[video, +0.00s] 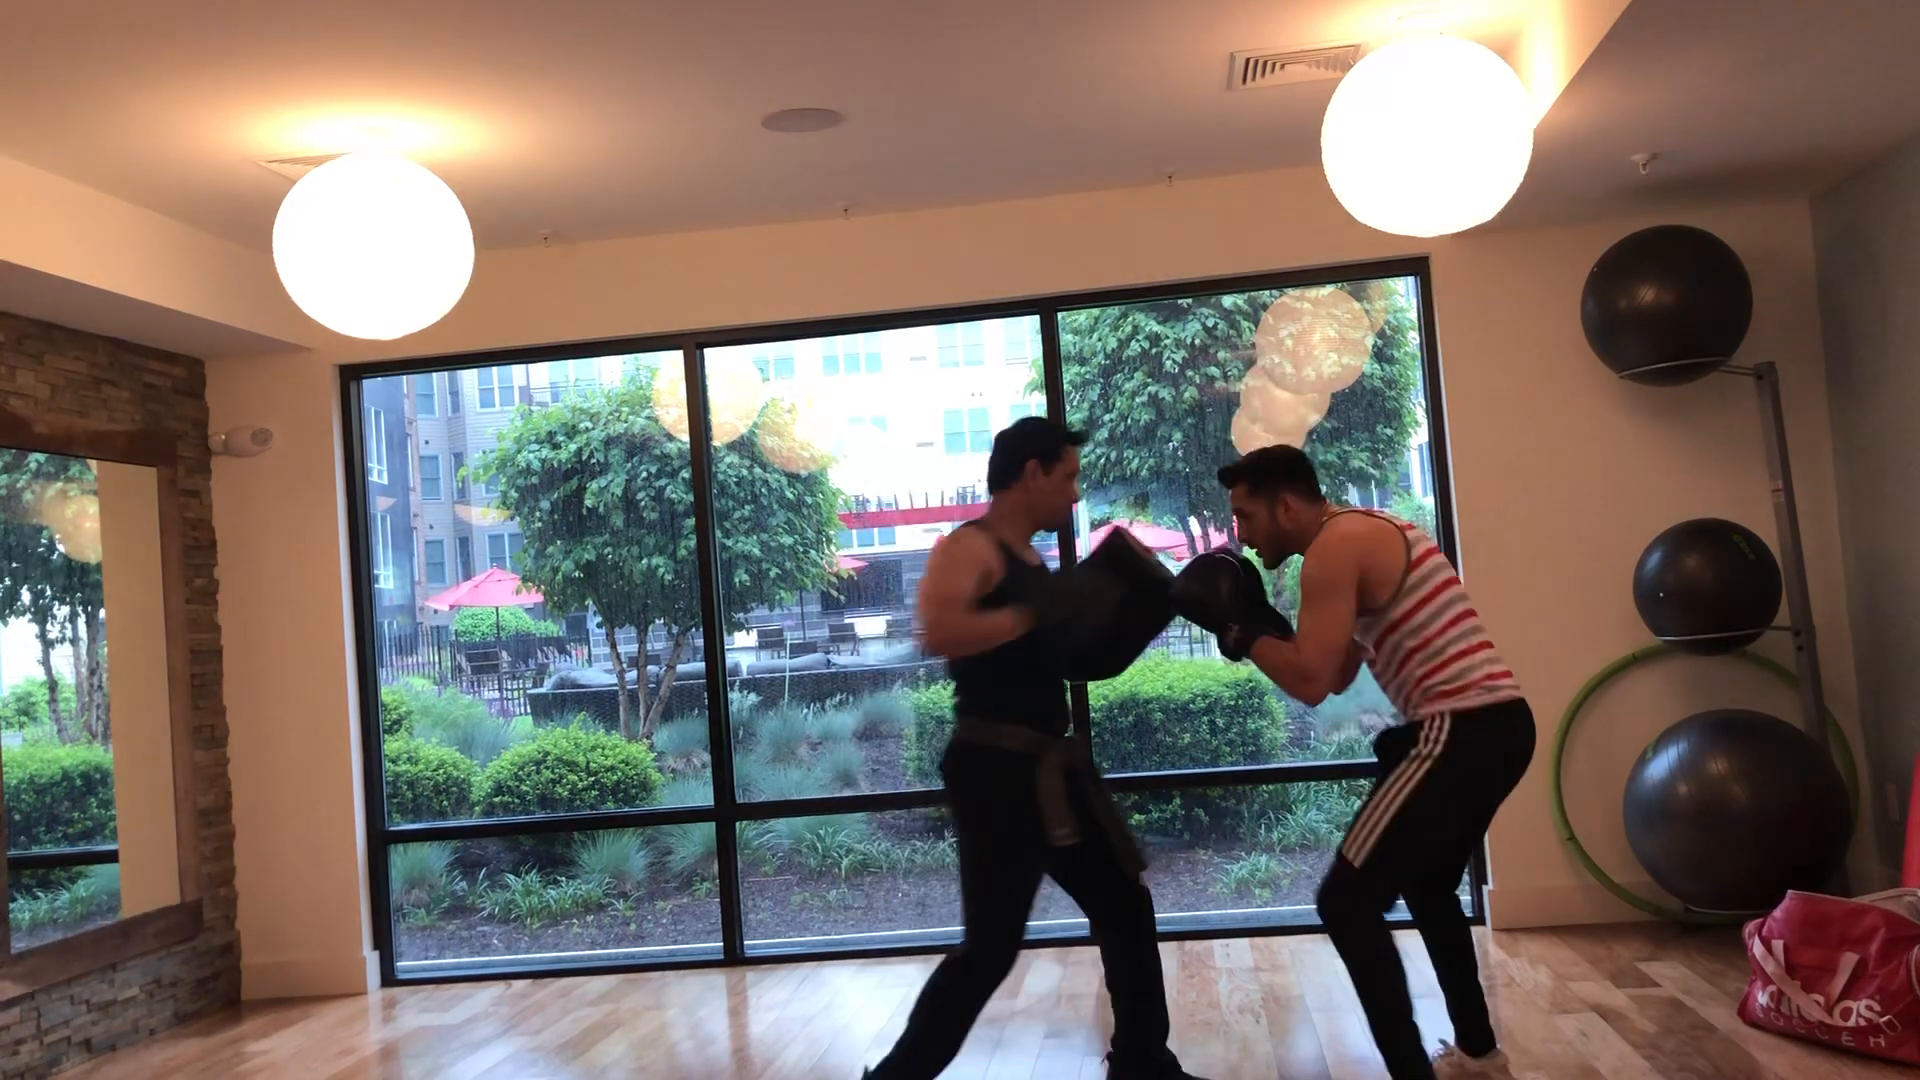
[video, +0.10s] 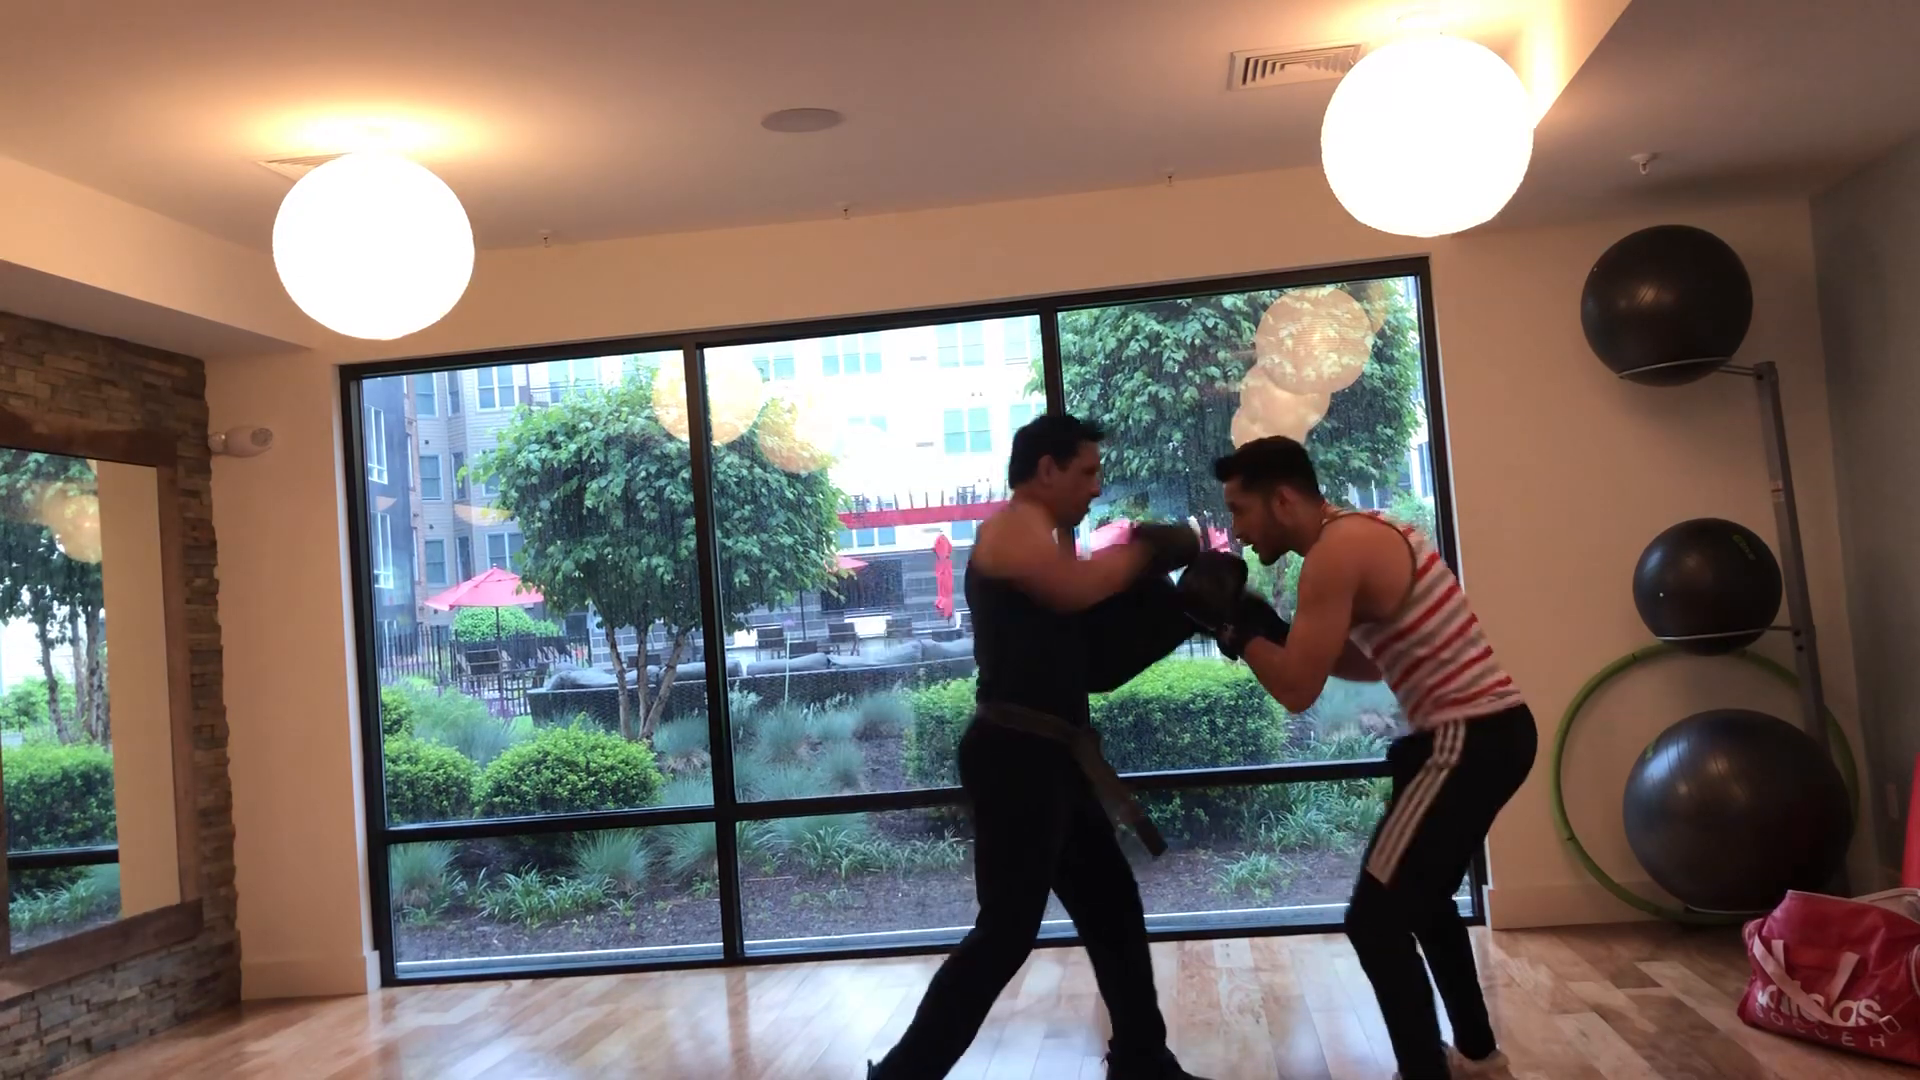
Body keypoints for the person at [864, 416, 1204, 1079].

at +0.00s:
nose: (1077, 492)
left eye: (1078, 478)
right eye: (1070, 478)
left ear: (1028, 479)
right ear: (1030, 476)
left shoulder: (1029, 560)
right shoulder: (966, 547)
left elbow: (1068, 649)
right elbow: (938, 631)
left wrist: (1119, 590)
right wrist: (1038, 611)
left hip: (1047, 763)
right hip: (991, 767)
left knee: (1124, 907)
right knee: (991, 947)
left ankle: (1143, 1061)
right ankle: (896, 1074)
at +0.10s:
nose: (1096, 488)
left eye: (1097, 475)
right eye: (1088, 473)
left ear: (1048, 473)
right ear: (1046, 469)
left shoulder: (1047, 541)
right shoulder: (1013, 528)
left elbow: (1093, 660)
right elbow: (1073, 590)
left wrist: (1175, 600)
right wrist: (1144, 549)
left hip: (1053, 754)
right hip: (1011, 754)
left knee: (1113, 909)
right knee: (1007, 931)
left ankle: (1142, 1060)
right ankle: (902, 1072)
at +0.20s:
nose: (1110, 483)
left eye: (1111, 470)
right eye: (1101, 469)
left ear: (1048, 472)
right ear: (1054, 466)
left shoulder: (1005, 544)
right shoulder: (1068, 520)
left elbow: (1048, 662)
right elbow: (1189, 524)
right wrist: (1287, 517)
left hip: (1027, 749)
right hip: (1022, 752)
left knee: (1098, 909)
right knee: (1002, 929)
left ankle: (1139, 1062)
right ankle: (912, 1072)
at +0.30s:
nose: (1124, 483)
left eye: (1126, 470)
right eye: (1114, 470)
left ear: (1065, 473)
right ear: (1065, 468)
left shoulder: (1017, 539)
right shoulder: (1092, 527)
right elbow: (1204, 553)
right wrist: (1288, 551)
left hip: (1019, 745)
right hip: (1033, 750)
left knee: (1094, 908)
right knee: (1011, 928)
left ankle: (1139, 1061)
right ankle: (920, 1072)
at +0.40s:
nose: (1131, 486)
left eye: (1134, 472)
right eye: (1118, 471)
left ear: (1072, 476)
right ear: (1073, 470)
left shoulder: (1019, 543)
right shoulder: (1085, 540)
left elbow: (1086, 665)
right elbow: (1177, 627)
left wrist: (1188, 631)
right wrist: (1217, 590)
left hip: (1033, 749)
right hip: (1035, 755)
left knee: (1108, 904)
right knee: (1022, 933)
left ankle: (1139, 1057)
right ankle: (954, 1072)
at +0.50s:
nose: (1124, 486)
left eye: (1127, 472)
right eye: (1112, 472)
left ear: (1066, 475)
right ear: (1065, 470)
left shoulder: (1027, 539)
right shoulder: (1058, 548)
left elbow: (1063, 643)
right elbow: (1089, 664)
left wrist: (1141, 623)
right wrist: (1172, 652)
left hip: (1045, 758)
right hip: (1030, 764)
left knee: (1121, 906)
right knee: (1031, 937)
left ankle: (1140, 1057)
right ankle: (982, 1074)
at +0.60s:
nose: (1115, 475)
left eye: (1117, 461)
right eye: (1102, 461)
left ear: (1065, 466)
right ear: (1051, 461)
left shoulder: (1063, 543)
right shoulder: (1018, 546)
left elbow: (1070, 637)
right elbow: (1001, 660)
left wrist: (1131, 622)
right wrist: (1105, 679)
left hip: (1058, 749)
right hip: (1007, 757)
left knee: (1108, 910)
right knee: (1012, 938)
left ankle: (1142, 1060)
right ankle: (976, 1074)